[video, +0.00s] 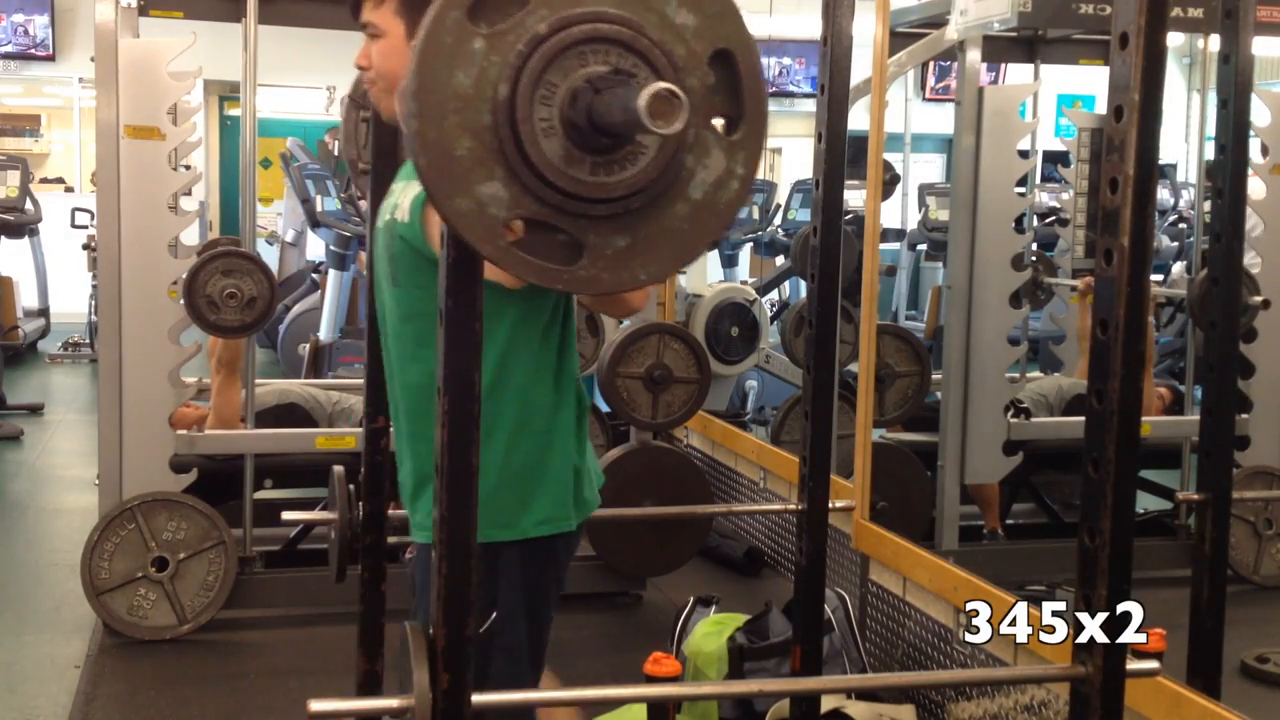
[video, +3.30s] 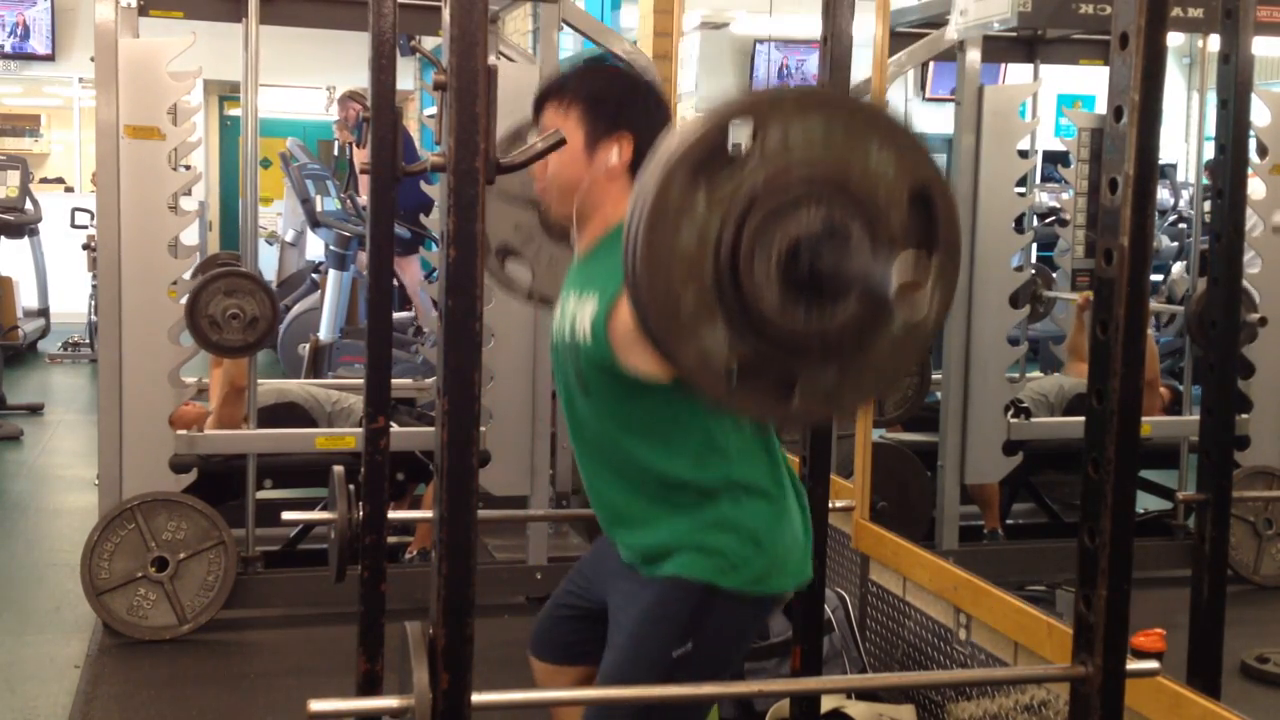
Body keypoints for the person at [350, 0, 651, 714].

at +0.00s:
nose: (361, 59)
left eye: (375, 34)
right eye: (365, 36)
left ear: (435, 45)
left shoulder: (465, 175)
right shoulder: (427, 182)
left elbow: (626, 292)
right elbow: (520, 258)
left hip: (510, 509)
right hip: (486, 511)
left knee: (500, 703)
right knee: (488, 705)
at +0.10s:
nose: (376, 71)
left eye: (389, 47)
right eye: (377, 49)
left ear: (450, 62)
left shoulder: (465, 200)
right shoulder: (432, 199)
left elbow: (647, 303)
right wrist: (434, 504)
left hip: (515, 498)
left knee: (498, 694)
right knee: (569, 665)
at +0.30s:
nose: (414, 85)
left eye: (430, 64)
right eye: (415, 63)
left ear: (493, 68)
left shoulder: (516, 204)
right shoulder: (485, 198)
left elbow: (672, 297)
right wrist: (443, 502)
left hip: (549, 502)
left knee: (501, 703)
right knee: (606, 676)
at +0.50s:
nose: (472, 103)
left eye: (480, 81)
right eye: (473, 85)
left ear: (527, 74)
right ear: (527, 78)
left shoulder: (538, 201)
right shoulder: (530, 203)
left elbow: (667, 269)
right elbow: (662, 266)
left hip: (584, 505)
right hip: (601, 500)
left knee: (513, 704)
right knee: (619, 671)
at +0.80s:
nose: (491, 98)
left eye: (498, 74)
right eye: (488, 78)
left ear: (554, 69)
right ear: (551, 73)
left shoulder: (612, 188)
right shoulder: (557, 180)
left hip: (638, 497)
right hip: (594, 490)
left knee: (614, 705)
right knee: (619, 697)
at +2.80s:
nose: (526, 65)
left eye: (544, 43)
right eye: (534, 43)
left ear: (606, 65)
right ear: (600, 68)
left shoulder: (648, 196)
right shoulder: (590, 178)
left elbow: (788, 287)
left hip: (673, 518)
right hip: (618, 510)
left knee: (678, 711)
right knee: (632, 704)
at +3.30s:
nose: (535, 168)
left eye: (550, 145)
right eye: (537, 148)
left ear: (616, 153)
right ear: (608, 155)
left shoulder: (649, 270)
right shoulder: (590, 262)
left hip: (720, 551)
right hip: (643, 531)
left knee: (624, 711)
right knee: (557, 654)